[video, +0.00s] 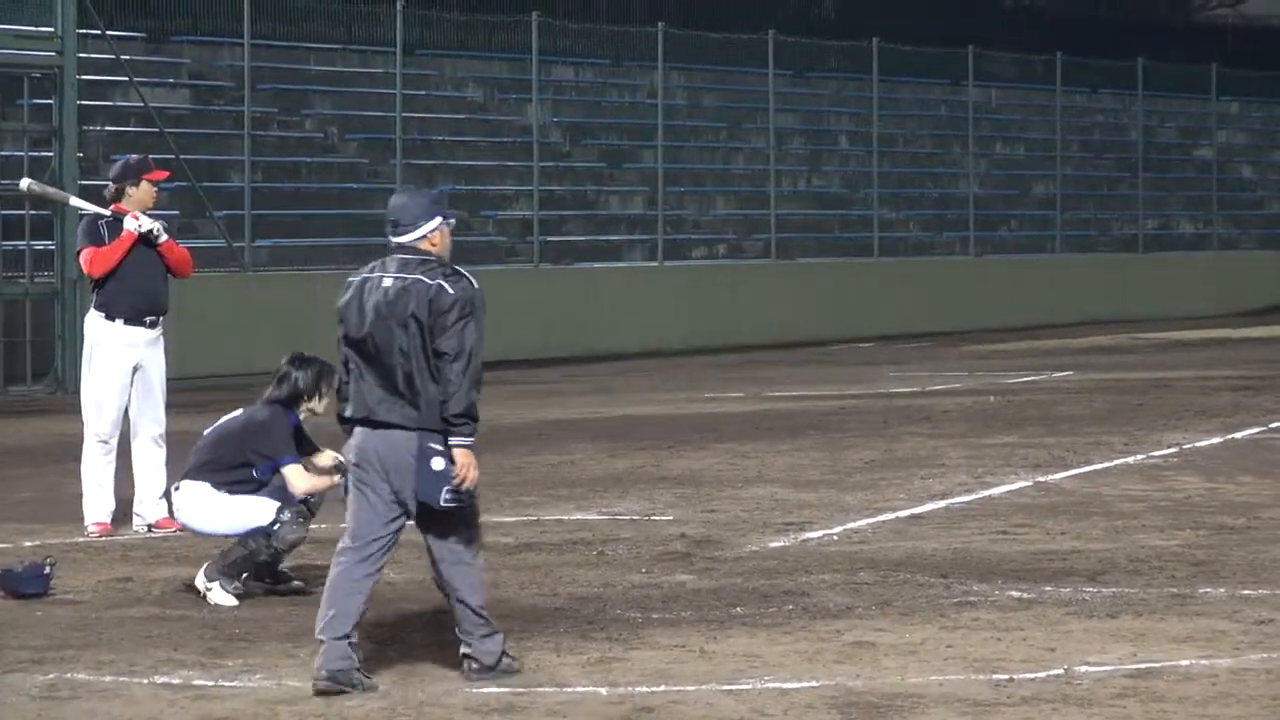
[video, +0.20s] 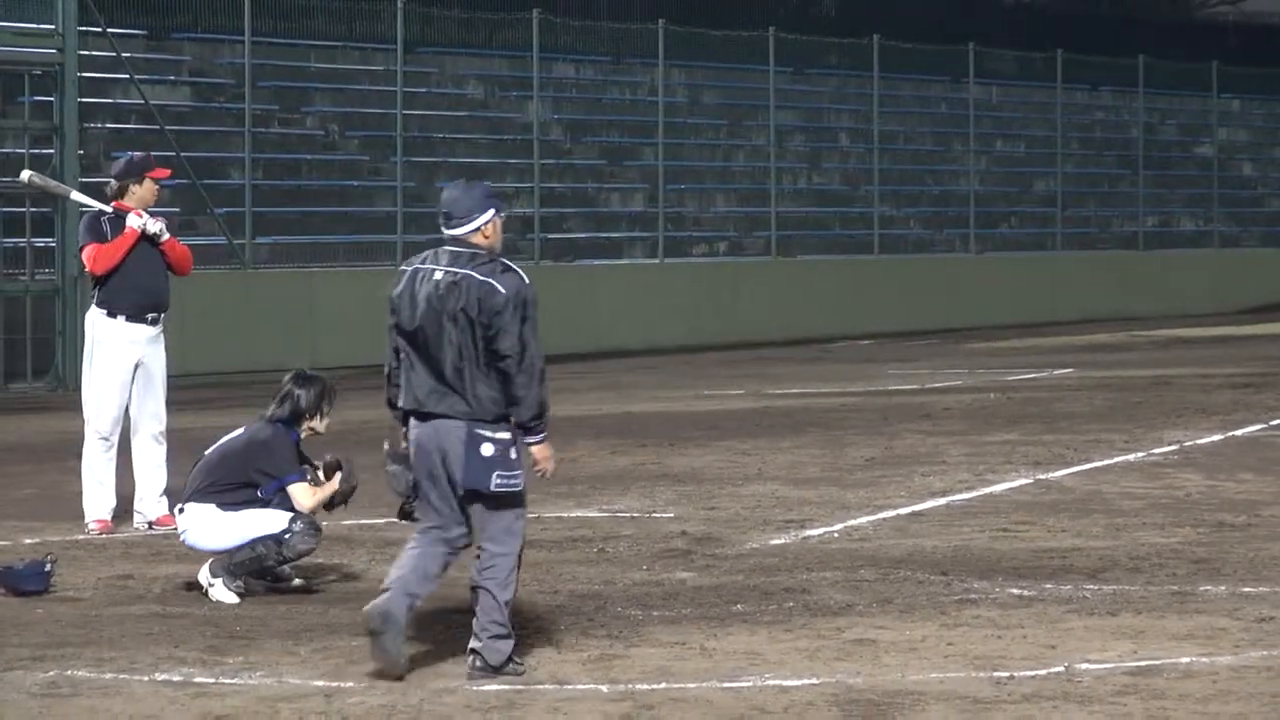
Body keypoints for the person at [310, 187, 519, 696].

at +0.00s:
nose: (449, 233)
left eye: (445, 225)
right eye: (444, 227)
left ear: (398, 235)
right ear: (431, 235)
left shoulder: (361, 283)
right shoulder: (452, 287)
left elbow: (349, 365)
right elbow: (458, 372)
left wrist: (354, 427)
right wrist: (462, 440)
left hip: (369, 436)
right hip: (427, 440)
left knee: (358, 550)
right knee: (456, 552)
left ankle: (333, 663)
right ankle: (484, 654)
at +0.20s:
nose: (502, 226)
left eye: (499, 218)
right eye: (497, 220)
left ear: (454, 227)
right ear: (482, 228)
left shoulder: (415, 270)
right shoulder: (506, 282)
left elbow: (399, 353)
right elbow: (521, 366)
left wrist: (404, 416)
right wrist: (535, 433)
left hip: (426, 427)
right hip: (484, 431)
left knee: (439, 528)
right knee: (499, 541)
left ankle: (392, 605)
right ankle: (491, 651)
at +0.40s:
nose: (540, 222)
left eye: (537, 214)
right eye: (536, 216)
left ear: (492, 221)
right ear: (522, 221)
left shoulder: (450, 267)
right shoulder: (540, 274)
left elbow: (438, 352)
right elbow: (566, 349)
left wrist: (448, 411)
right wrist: (594, 407)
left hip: (461, 419)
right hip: (510, 421)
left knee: (502, 522)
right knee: (506, 535)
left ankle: (498, 622)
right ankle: (487, 652)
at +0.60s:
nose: (581, 230)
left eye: (577, 222)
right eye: (576, 223)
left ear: (533, 229)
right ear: (563, 229)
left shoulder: (496, 278)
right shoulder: (582, 281)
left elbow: (483, 360)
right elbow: (607, 359)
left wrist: (487, 422)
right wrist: (628, 418)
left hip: (507, 423)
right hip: (553, 425)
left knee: (561, 529)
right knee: (535, 532)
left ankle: (591, 636)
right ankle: (490, 647)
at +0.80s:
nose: (618, 224)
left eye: (614, 216)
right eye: (614, 218)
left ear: (569, 224)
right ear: (604, 224)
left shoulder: (536, 273)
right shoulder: (620, 273)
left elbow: (525, 356)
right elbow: (637, 355)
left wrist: (531, 423)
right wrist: (648, 424)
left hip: (551, 422)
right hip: (602, 423)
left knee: (583, 531)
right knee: (628, 525)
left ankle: (596, 634)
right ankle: (560, 606)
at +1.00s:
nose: (658, 222)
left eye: (654, 215)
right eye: (654, 216)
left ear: (610, 220)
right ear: (643, 221)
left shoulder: (573, 269)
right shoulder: (660, 270)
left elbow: (564, 353)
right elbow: (668, 352)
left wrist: (569, 413)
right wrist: (678, 417)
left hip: (589, 417)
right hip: (644, 418)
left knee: (598, 527)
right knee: (681, 518)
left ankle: (593, 634)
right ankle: (685, 630)